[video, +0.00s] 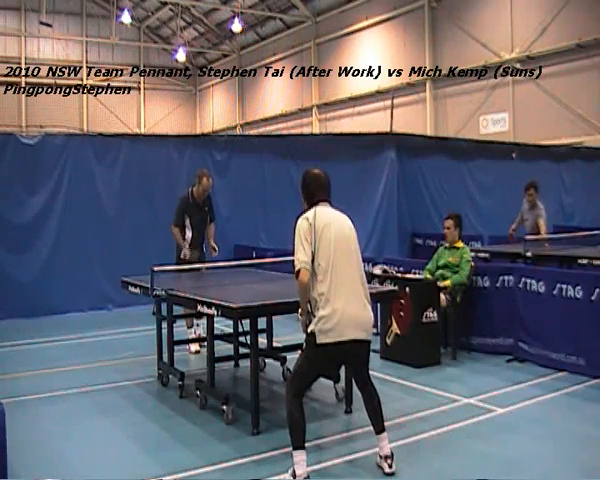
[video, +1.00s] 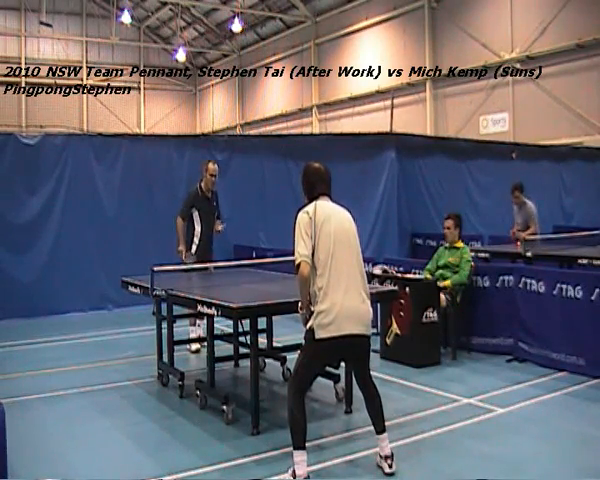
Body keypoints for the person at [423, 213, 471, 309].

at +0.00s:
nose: (445, 232)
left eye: (448, 228)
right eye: (444, 228)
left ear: (457, 230)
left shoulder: (464, 251)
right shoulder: (442, 249)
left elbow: (463, 277)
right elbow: (430, 268)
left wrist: (445, 283)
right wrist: (428, 277)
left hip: (453, 285)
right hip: (436, 282)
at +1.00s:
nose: (445, 232)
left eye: (448, 228)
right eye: (444, 228)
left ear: (457, 230)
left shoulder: (464, 251)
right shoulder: (442, 249)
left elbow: (463, 277)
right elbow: (429, 268)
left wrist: (445, 283)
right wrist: (428, 277)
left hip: (452, 286)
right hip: (435, 282)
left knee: (440, 298)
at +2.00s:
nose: (445, 232)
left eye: (448, 229)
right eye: (444, 229)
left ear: (457, 230)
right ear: (443, 230)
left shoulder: (464, 251)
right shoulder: (442, 249)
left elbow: (463, 276)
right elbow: (430, 267)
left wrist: (446, 283)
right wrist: (428, 277)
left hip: (452, 284)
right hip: (436, 281)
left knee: (442, 298)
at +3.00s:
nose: (445, 232)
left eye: (448, 229)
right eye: (444, 229)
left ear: (457, 230)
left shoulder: (464, 251)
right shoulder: (442, 249)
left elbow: (463, 276)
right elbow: (429, 267)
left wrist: (446, 283)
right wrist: (428, 276)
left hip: (453, 284)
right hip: (436, 281)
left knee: (442, 298)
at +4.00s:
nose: (445, 232)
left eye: (448, 228)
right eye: (444, 229)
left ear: (458, 230)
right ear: (442, 229)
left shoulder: (464, 251)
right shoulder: (441, 249)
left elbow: (463, 275)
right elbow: (431, 267)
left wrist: (447, 283)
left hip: (453, 284)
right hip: (437, 282)